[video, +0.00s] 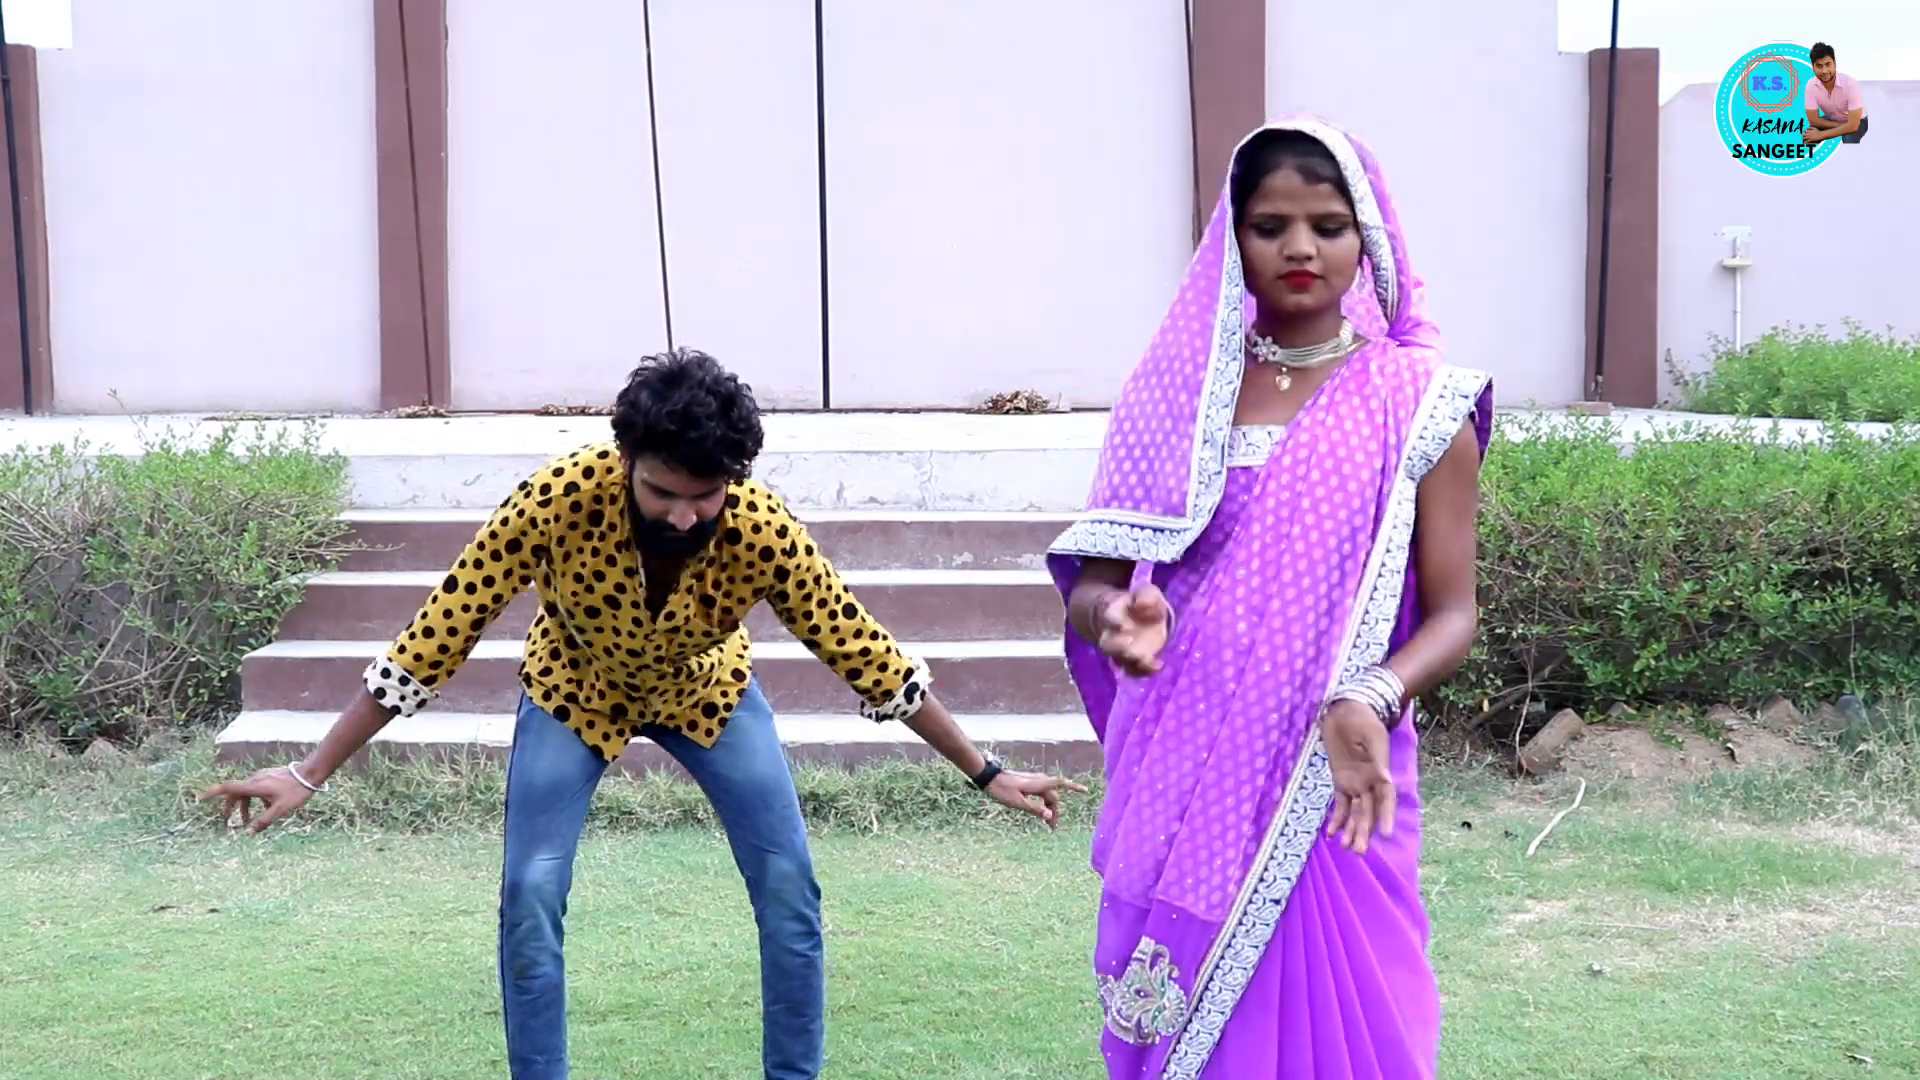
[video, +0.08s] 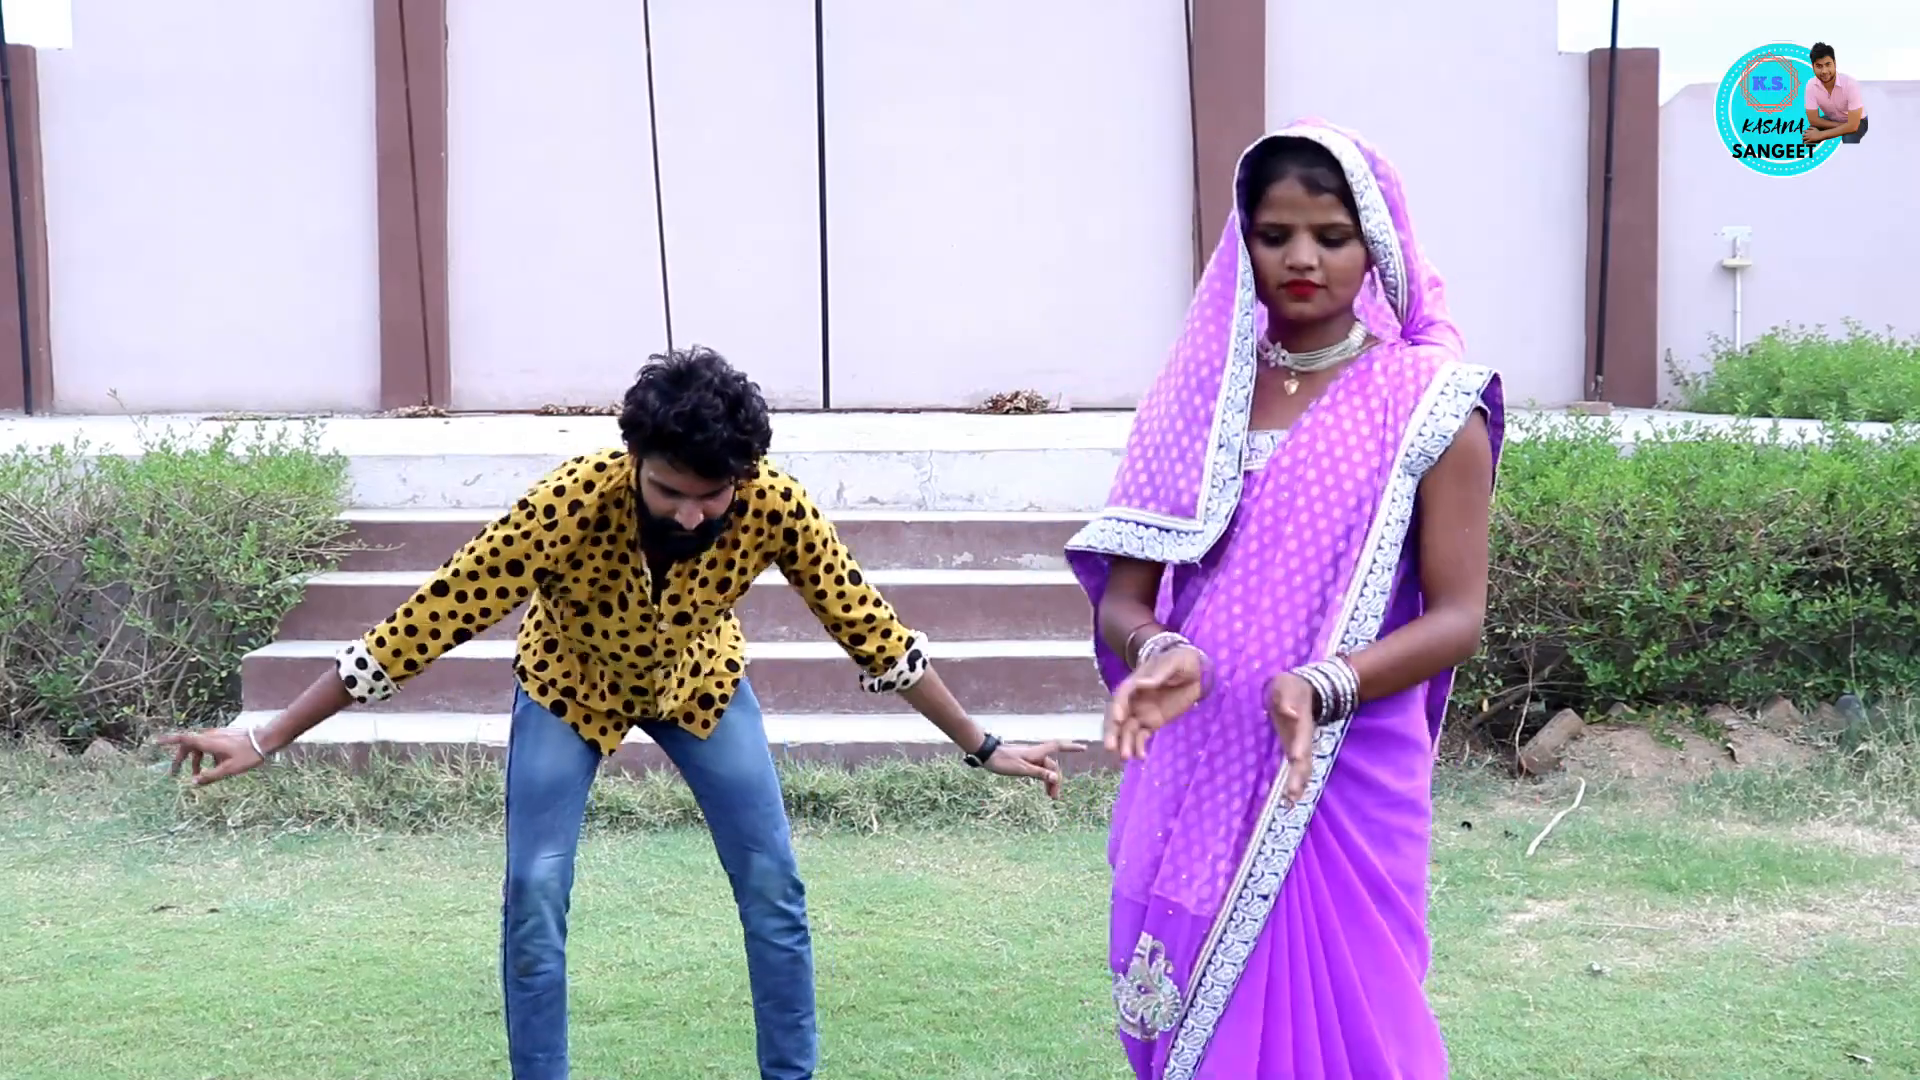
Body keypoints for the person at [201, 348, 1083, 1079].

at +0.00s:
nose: (687, 512)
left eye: (707, 494)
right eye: (666, 490)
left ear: (735, 473)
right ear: (626, 458)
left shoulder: (760, 525)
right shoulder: (562, 499)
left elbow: (864, 651)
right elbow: (439, 635)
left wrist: (985, 771)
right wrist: (312, 772)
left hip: (706, 683)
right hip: (574, 683)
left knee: (790, 875)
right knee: (532, 886)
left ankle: (798, 1065)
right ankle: (539, 1070)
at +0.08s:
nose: (691, 514)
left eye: (712, 496)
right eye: (672, 493)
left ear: (745, 472)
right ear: (636, 457)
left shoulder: (773, 504)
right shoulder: (576, 501)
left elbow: (868, 628)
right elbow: (436, 617)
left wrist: (980, 744)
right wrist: (269, 734)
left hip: (698, 674)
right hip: (569, 675)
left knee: (774, 873)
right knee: (534, 884)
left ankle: (793, 1074)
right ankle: (539, 1079)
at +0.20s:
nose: (687, 508)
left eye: (709, 490)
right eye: (668, 487)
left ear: (748, 463)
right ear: (635, 449)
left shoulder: (775, 483)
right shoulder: (579, 505)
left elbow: (867, 597)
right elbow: (429, 609)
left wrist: (980, 713)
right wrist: (254, 698)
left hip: (690, 668)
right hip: (561, 668)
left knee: (763, 876)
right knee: (538, 888)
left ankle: (789, 1066)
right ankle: (538, 1071)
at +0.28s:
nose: (696, 506)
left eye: (717, 487)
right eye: (677, 485)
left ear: (750, 461)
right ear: (637, 445)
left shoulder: (777, 490)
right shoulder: (573, 496)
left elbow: (872, 606)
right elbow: (432, 610)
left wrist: (984, 717)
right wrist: (268, 715)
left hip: (690, 668)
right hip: (564, 669)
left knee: (764, 864)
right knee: (538, 884)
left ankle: (789, 1066)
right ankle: (539, 1073)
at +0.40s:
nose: (690, 516)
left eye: (711, 501)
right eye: (672, 494)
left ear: (744, 479)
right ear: (638, 457)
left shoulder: (765, 526)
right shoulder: (569, 493)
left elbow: (874, 639)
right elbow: (450, 630)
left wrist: (1006, 741)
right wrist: (326, 761)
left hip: (696, 691)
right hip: (561, 691)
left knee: (782, 880)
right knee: (529, 900)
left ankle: (794, 1068)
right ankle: (539, 1073)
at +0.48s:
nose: (711, 527)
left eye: (732, 512)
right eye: (692, 506)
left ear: (759, 485)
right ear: (651, 467)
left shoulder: (776, 520)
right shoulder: (579, 508)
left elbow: (885, 633)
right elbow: (449, 634)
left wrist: (1019, 738)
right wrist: (307, 759)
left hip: (694, 694)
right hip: (560, 695)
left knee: (777, 886)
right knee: (529, 904)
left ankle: (793, 1070)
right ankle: (539, 1076)